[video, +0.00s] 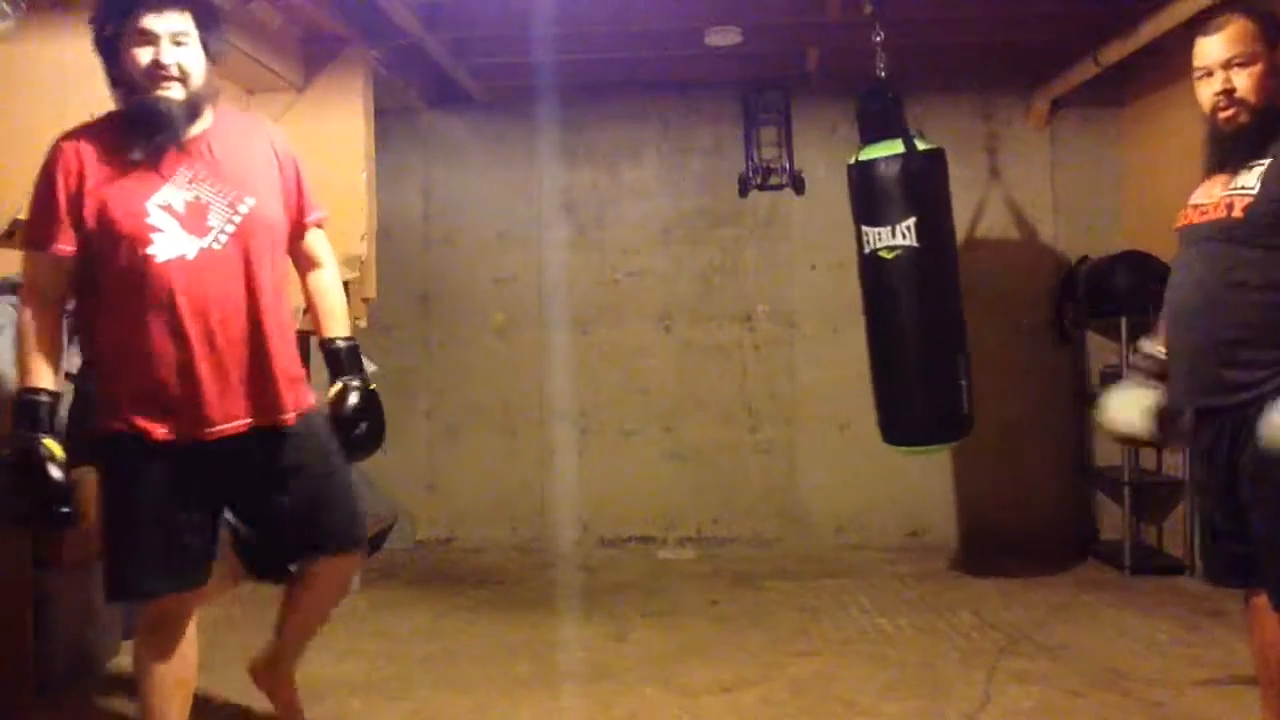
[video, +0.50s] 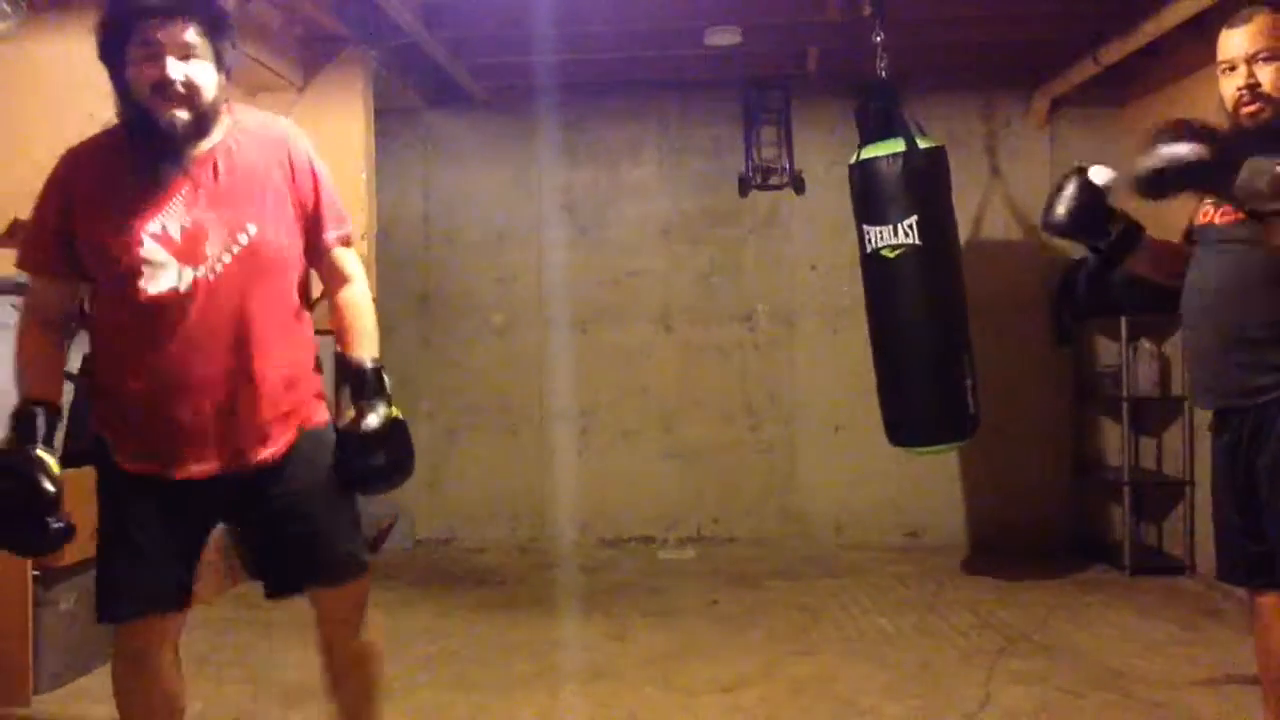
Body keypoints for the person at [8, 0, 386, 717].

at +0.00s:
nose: (165, 55)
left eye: (181, 40)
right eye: (145, 41)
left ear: (207, 54)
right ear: (113, 56)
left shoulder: (260, 142)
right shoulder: (80, 158)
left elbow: (316, 258)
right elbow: (43, 300)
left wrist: (349, 368)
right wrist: (39, 422)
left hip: (271, 408)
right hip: (148, 426)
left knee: (338, 545)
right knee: (167, 604)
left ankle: (280, 662)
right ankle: (163, 718)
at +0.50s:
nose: (170, 74)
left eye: (188, 53)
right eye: (149, 55)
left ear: (221, 62)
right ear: (120, 68)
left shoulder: (283, 152)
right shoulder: (83, 175)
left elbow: (345, 275)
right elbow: (47, 317)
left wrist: (369, 395)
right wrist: (33, 443)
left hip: (283, 439)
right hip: (148, 456)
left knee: (346, 598)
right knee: (142, 639)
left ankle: (363, 715)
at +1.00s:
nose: (372, 141)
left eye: (394, 121)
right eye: (351, 120)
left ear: (425, 131)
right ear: (317, 127)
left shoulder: (466, 216)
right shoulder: (265, 213)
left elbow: (525, 338)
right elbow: (206, 334)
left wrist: (527, 465)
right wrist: (182, 464)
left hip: (417, 460)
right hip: (276, 459)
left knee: (466, 612)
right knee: (205, 615)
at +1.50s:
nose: (387, 163)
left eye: (411, 145)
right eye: (365, 142)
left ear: (443, 158)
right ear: (333, 150)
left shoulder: (474, 244)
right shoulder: (272, 223)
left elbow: (522, 378)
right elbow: (228, 381)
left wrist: (480, 471)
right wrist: (344, 382)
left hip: (403, 466)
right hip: (260, 461)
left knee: (467, 616)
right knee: (183, 634)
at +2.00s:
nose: (293, 150)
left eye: (316, 128)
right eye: (270, 131)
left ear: (355, 142)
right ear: (243, 147)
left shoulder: (413, 242)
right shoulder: (188, 232)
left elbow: (470, 362)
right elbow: (103, 331)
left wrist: (441, 405)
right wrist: (176, 364)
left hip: (370, 468)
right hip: (219, 468)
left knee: (451, 620)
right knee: (138, 645)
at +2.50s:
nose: (295, 77)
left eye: (315, 61)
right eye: (276, 63)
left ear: (348, 78)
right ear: (248, 82)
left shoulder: (396, 171)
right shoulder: (204, 178)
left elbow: (428, 313)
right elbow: (150, 310)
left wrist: (435, 289)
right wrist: (186, 272)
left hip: (372, 469)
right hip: (221, 472)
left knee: (443, 645)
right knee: (143, 664)